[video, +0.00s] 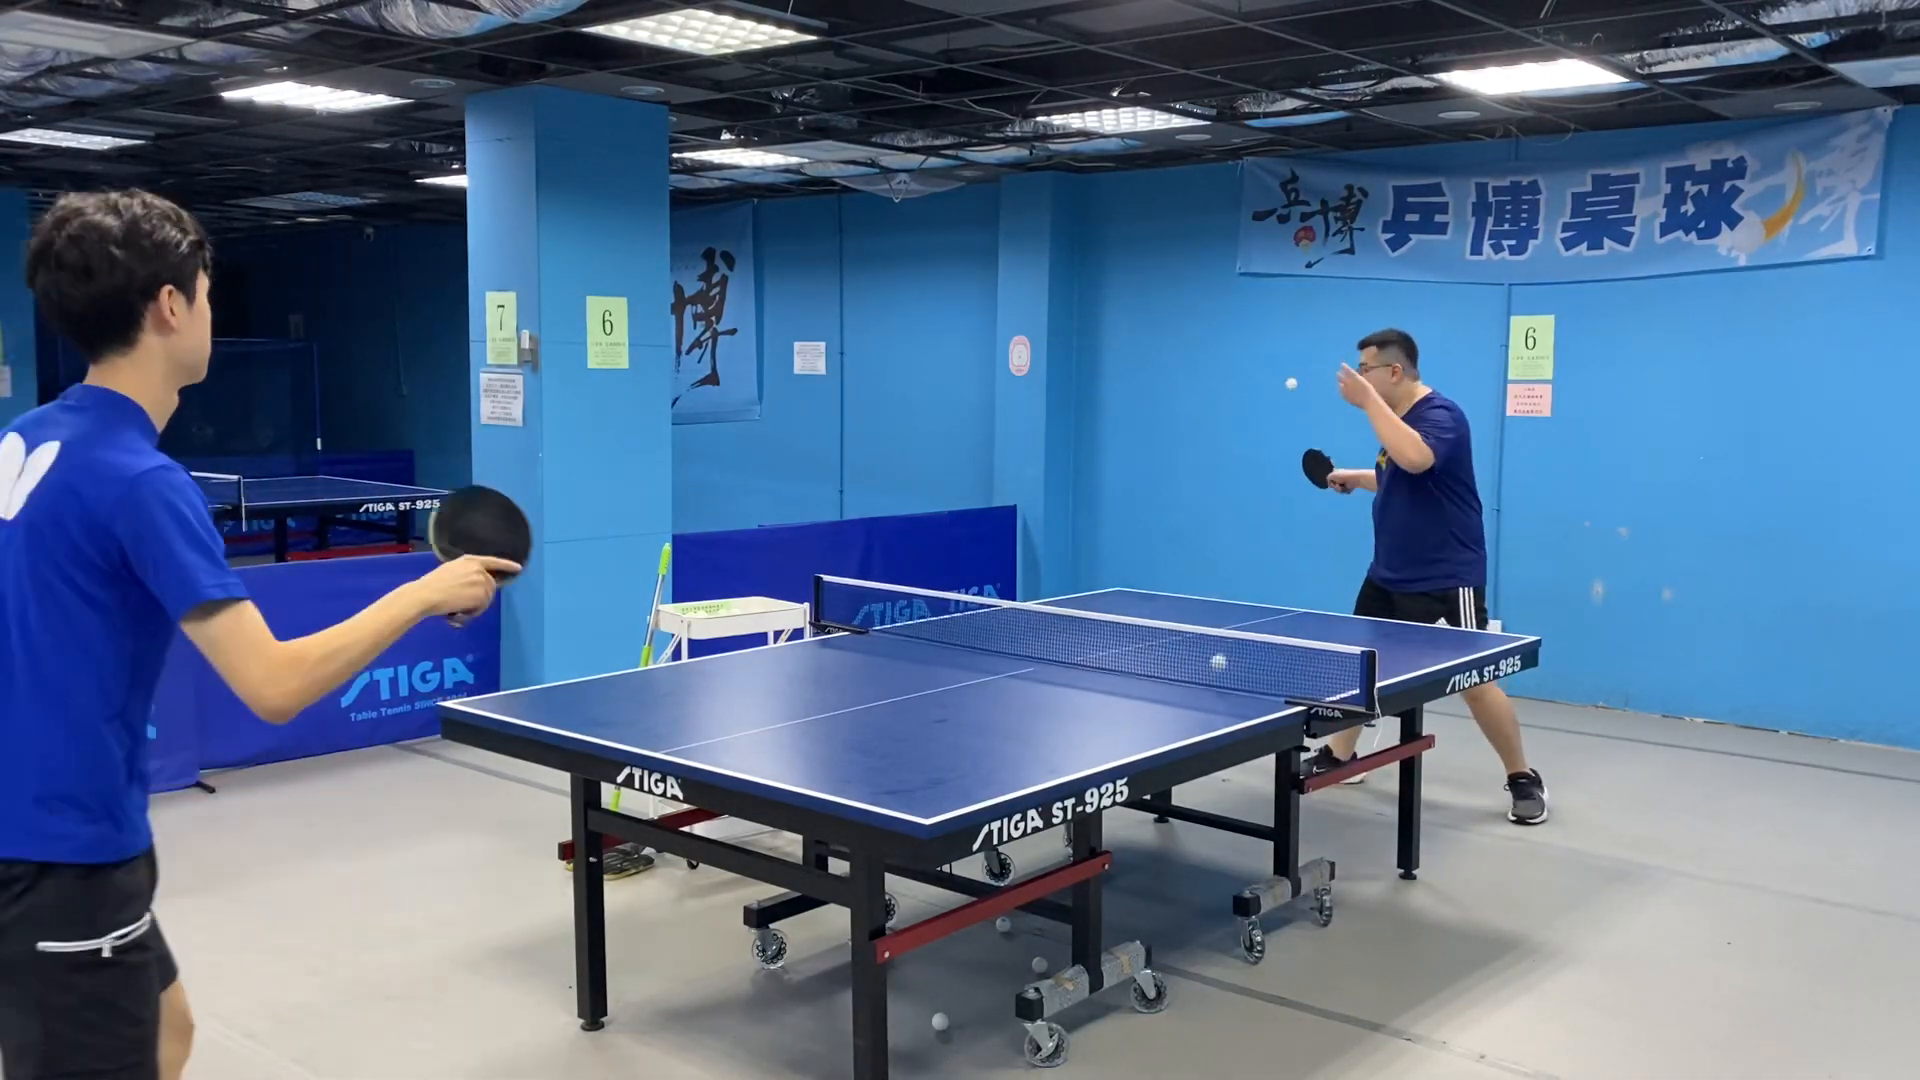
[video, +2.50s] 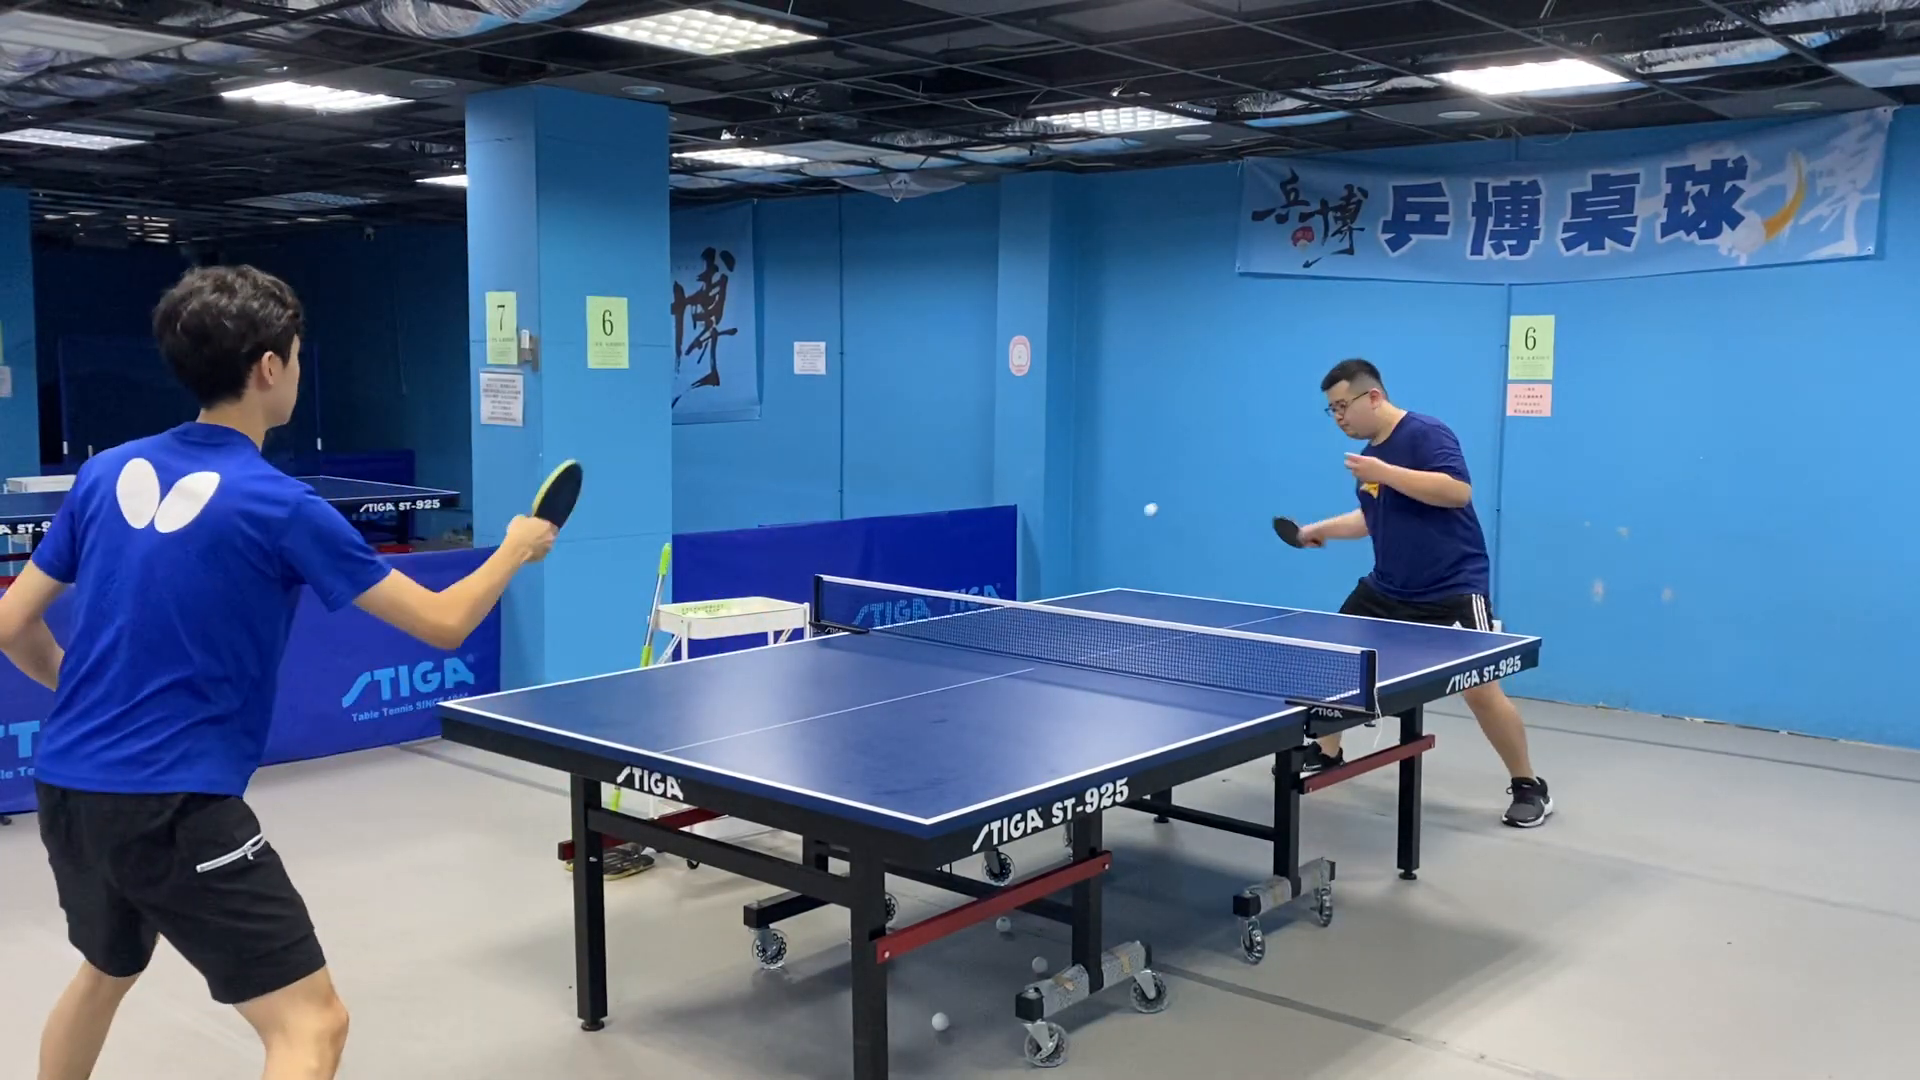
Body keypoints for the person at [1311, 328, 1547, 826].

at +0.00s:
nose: (1362, 380)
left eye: (1368, 370)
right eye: (1362, 371)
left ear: (1397, 371)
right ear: (1390, 374)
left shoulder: (1443, 415)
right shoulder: (1396, 422)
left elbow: (1416, 458)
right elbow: (1402, 484)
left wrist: (1369, 400)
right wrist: (1353, 478)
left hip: (1447, 580)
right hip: (1388, 574)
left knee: (1474, 680)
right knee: (1360, 667)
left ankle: (1521, 777)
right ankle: (1339, 753)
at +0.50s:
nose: (1396, 408)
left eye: (1405, 398)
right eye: (1391, 398)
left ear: (1438, 390)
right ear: (1388, 394)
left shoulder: (1486, 439)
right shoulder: (1389, 435)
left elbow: (1518, 504)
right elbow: (1354, 488)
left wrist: (1448, 506)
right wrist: (1343, 453)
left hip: (1469, 590)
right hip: (1392, 582)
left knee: (1504, 683)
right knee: (1329, 657)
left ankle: (1530, 782)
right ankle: (1311, 739)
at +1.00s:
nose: (1344, 408)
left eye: (1354, 399)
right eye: (1337, 400)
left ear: (1382, 398)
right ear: (1332, 403)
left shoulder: (1429, 442)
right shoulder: (1334, 453)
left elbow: (1471, 495)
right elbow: (1322, 510)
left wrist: (1418, 513)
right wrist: (1293, 524)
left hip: (1436, 589)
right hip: (1360, 588)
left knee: (1476, 671)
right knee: (1311, 657)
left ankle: (1510, 775)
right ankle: (1315, 747)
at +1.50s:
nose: (1360, 431)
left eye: (1361, 419)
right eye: (1354, 423)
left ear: (1391, 403)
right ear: (1387, 409)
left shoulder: (1444, 438)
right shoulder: (1404, 449)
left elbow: (1469, 502)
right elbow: (1419, 520)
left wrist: (1392, 488)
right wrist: (1378, 527)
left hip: (1451, 598)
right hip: (1392, 590)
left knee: (1470, 693)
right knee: (1337, 661)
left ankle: (1522, 785)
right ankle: (1315, 750)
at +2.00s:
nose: (1403, 393)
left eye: (1414, 384)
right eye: (1396, 385)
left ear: (1442, 384)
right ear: (1391, 387)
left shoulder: (1484, 439)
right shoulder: (1382, 438)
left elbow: (1516, 501)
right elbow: (1360, 499)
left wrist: (1466, 506)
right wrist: (1348, 496)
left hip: (1457, 591)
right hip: (1381, 584)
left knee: (1494, 681)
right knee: (1327, 659)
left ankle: (1527, 783)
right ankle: (1325, 749)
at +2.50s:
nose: (1337, 419)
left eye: (1341, 407)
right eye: (1332, 411)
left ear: (1374, 398)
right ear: (1364, 405)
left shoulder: (1428, 433)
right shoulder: (1367, 455)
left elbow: (1459, 492)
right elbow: (1374, 518)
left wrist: (1385, 474)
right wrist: (1321, 530)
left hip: (1453, 590)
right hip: (1386, 588)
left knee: (1479, 688)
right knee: (1327, 658)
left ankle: (1526, 785)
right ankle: (1327, 751)